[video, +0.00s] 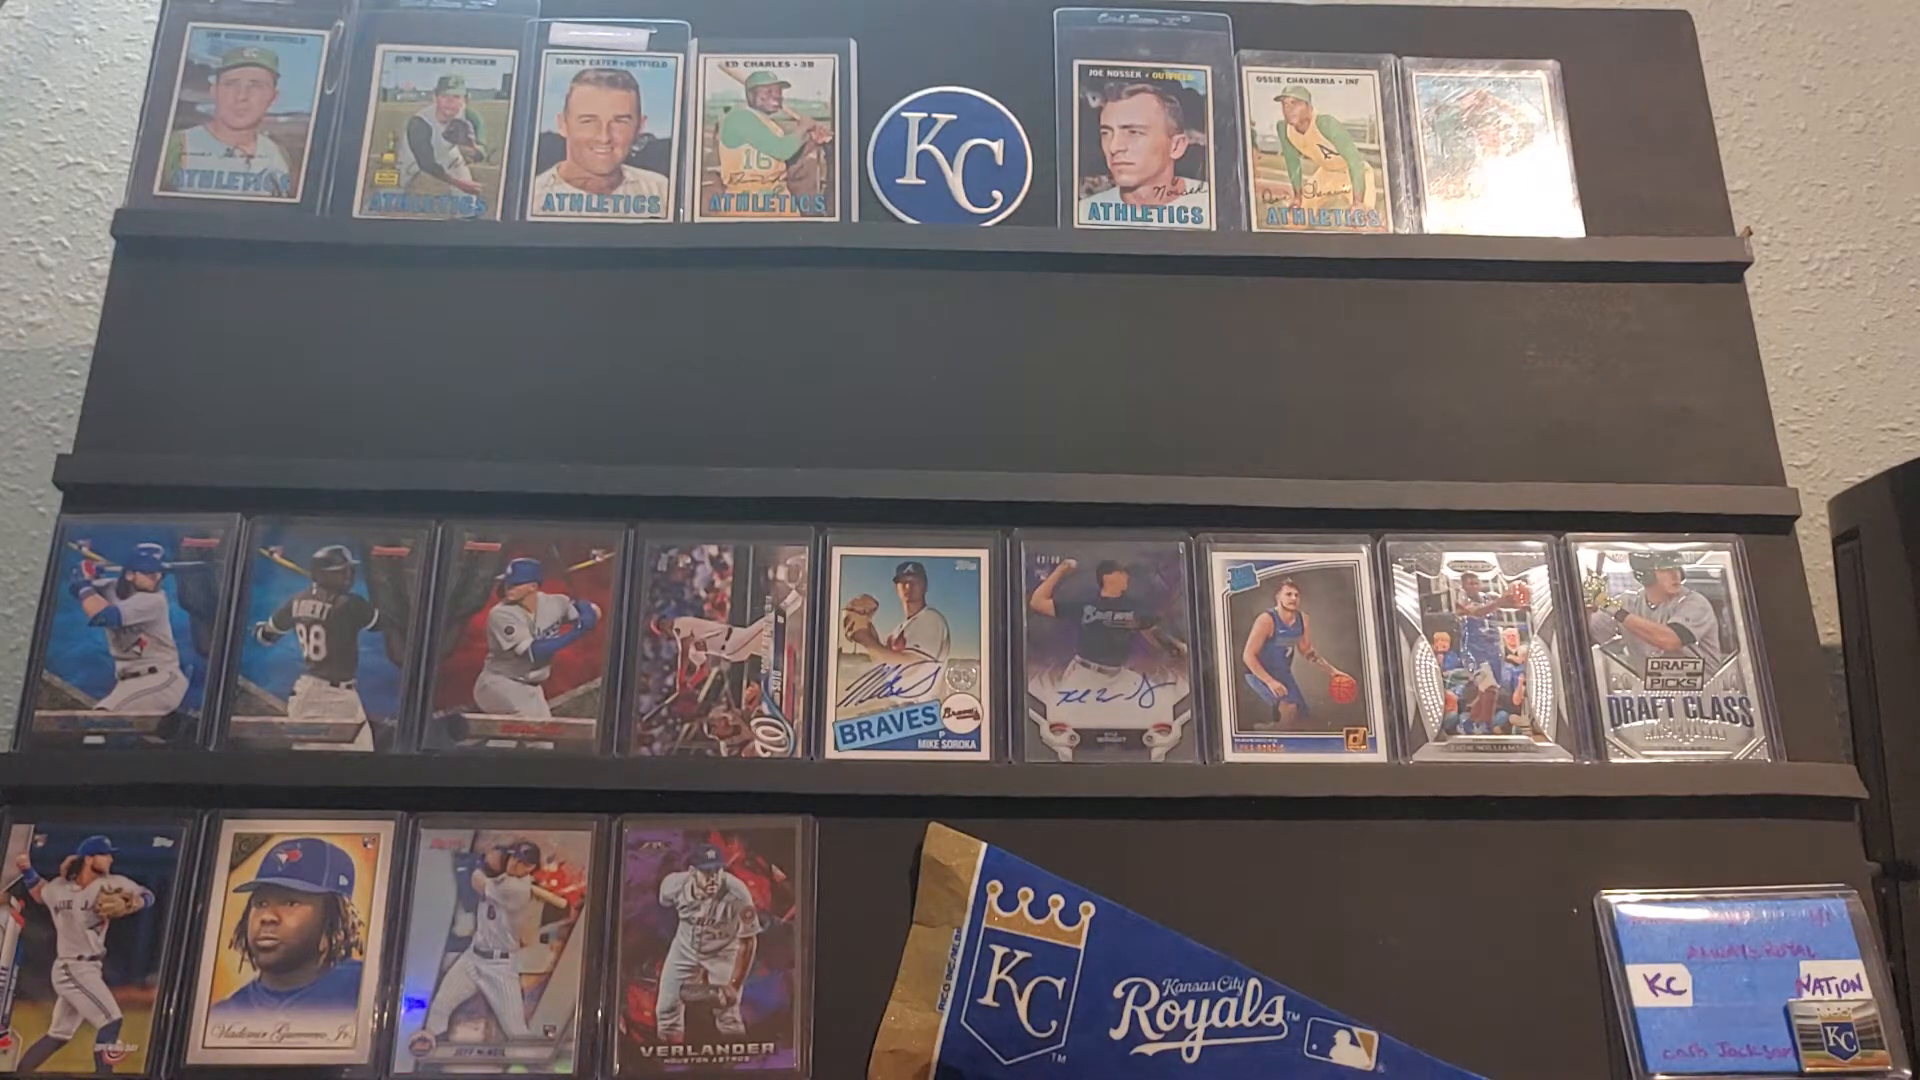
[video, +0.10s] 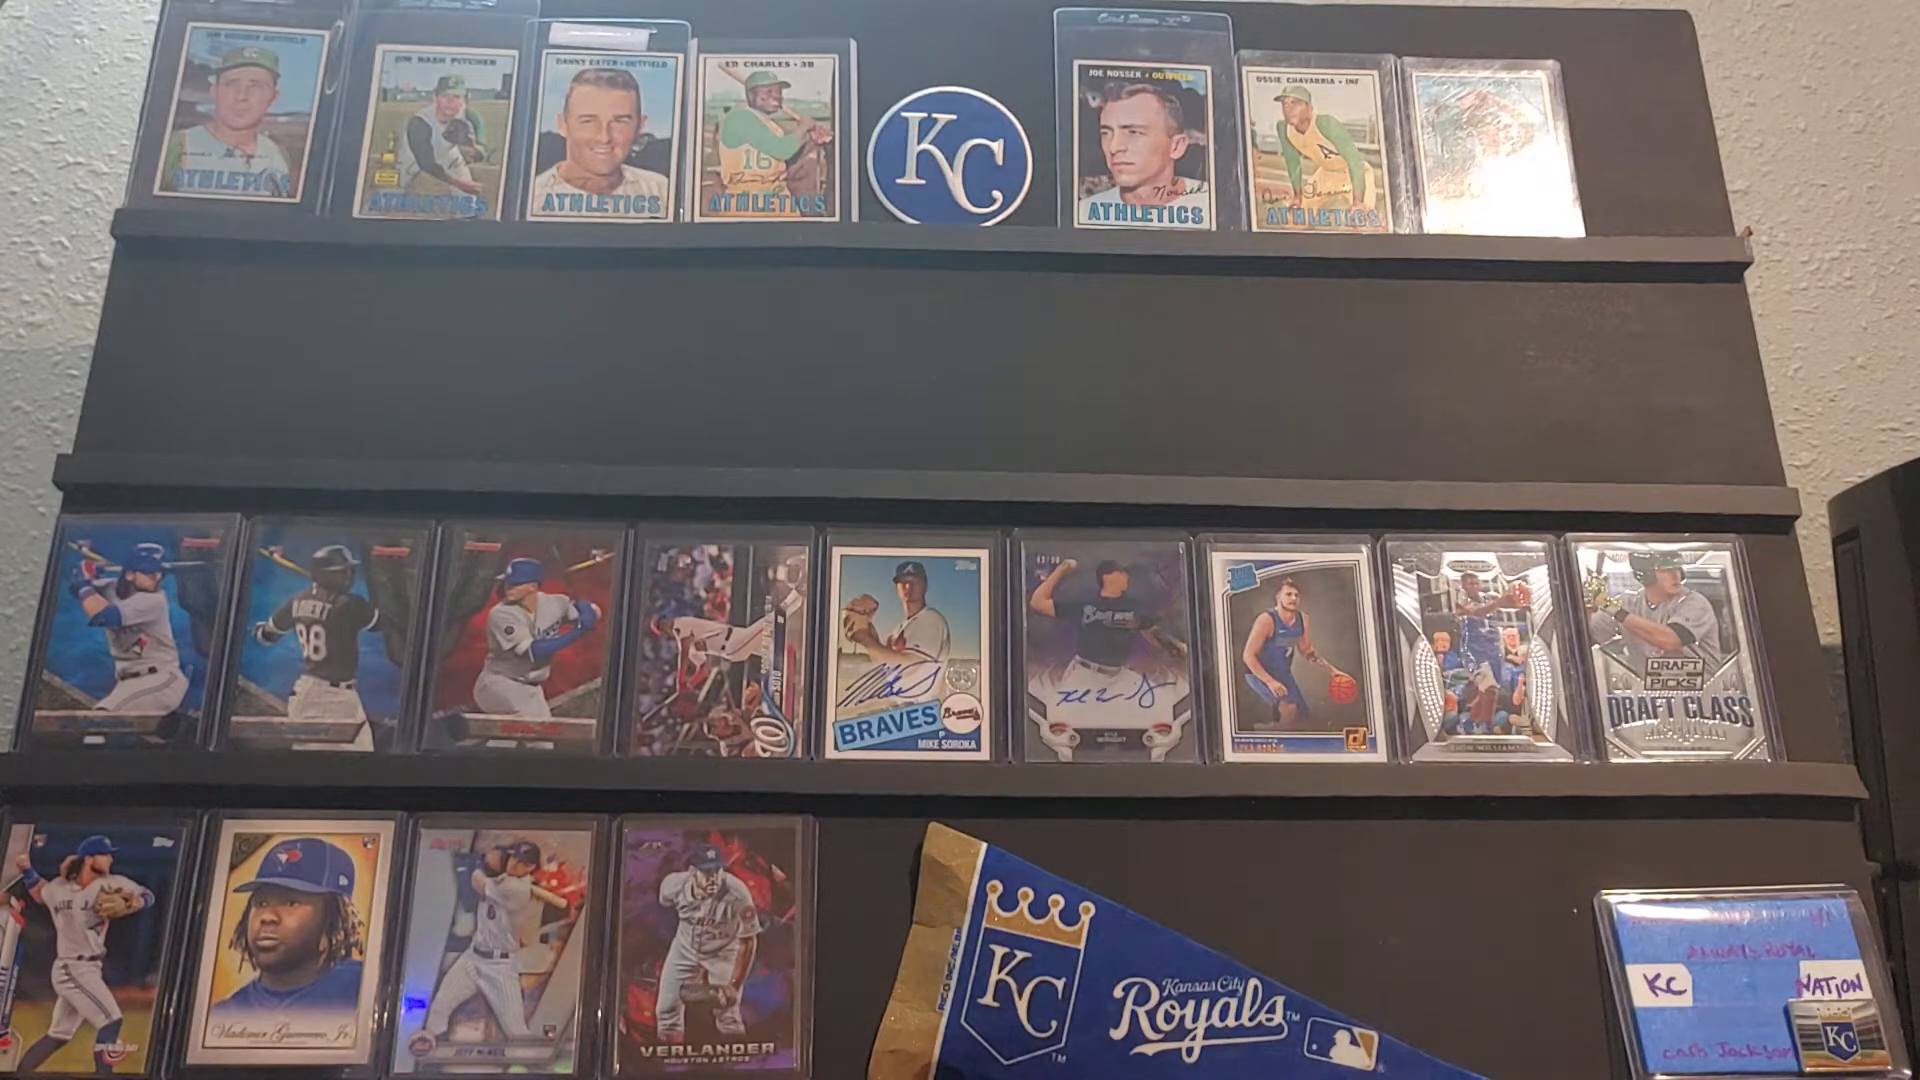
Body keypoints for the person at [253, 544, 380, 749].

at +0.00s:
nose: (350, 576)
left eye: (350, 571)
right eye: (346, 571)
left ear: (319, 575)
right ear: (333, 575)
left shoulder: (298, 601)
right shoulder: (350, 604)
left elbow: (267, 637)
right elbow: (386, 622)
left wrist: (260, 630)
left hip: (306, 692)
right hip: (341, 697)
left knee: (306, 765)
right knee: (360, 766)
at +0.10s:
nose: (350, 576)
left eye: (350, 571)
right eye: (346, 571)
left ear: (319, 575)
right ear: (333, 575)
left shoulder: (298, 601)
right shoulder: (350, 604)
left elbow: (267, 637)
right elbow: (386, 622)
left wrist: (259, 630)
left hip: (306, 692)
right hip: (341, 697)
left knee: (306, 765)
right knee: (360, 766)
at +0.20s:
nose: (351, 577)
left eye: (350, 572)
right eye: (348, 572)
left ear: (319, 574)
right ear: (337, 575)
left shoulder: (298, 601)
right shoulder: (351, 605)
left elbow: (266, 637)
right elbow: (387, 623)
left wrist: (260, 630)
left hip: (305, 693)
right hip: (341, 698)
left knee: (306, 764)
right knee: (360, 767)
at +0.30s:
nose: (351, 577)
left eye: (350, 572)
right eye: (348, 572)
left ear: (319, 575)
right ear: (337, 575)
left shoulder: (298, 601)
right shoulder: (351, 605)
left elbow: (266, 637)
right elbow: (387, 622)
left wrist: (260, 630)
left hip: (305, 693)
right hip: (341, 698)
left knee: (306, 765)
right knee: (360, 766)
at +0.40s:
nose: (352, 576)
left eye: (351, 571)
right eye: (348, 571)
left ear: (319, 574)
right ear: (338, 575)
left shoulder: (298, 601)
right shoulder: (352, 605)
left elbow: (267, 637)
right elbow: (386, 622)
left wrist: (259, 630)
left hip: (305, 693)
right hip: (341, 698)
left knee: (307, 765)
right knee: (360, 766)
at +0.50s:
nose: (352, 576)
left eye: (351, 571)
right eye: (349, 571)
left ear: (319, 574)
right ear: (338, 575)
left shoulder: (298, 601)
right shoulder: (351, 605)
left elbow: (267, 637)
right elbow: (386, 622)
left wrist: (259, 630)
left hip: (305, 693)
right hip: (341, 697)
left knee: (307, 764)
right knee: (359, 766)